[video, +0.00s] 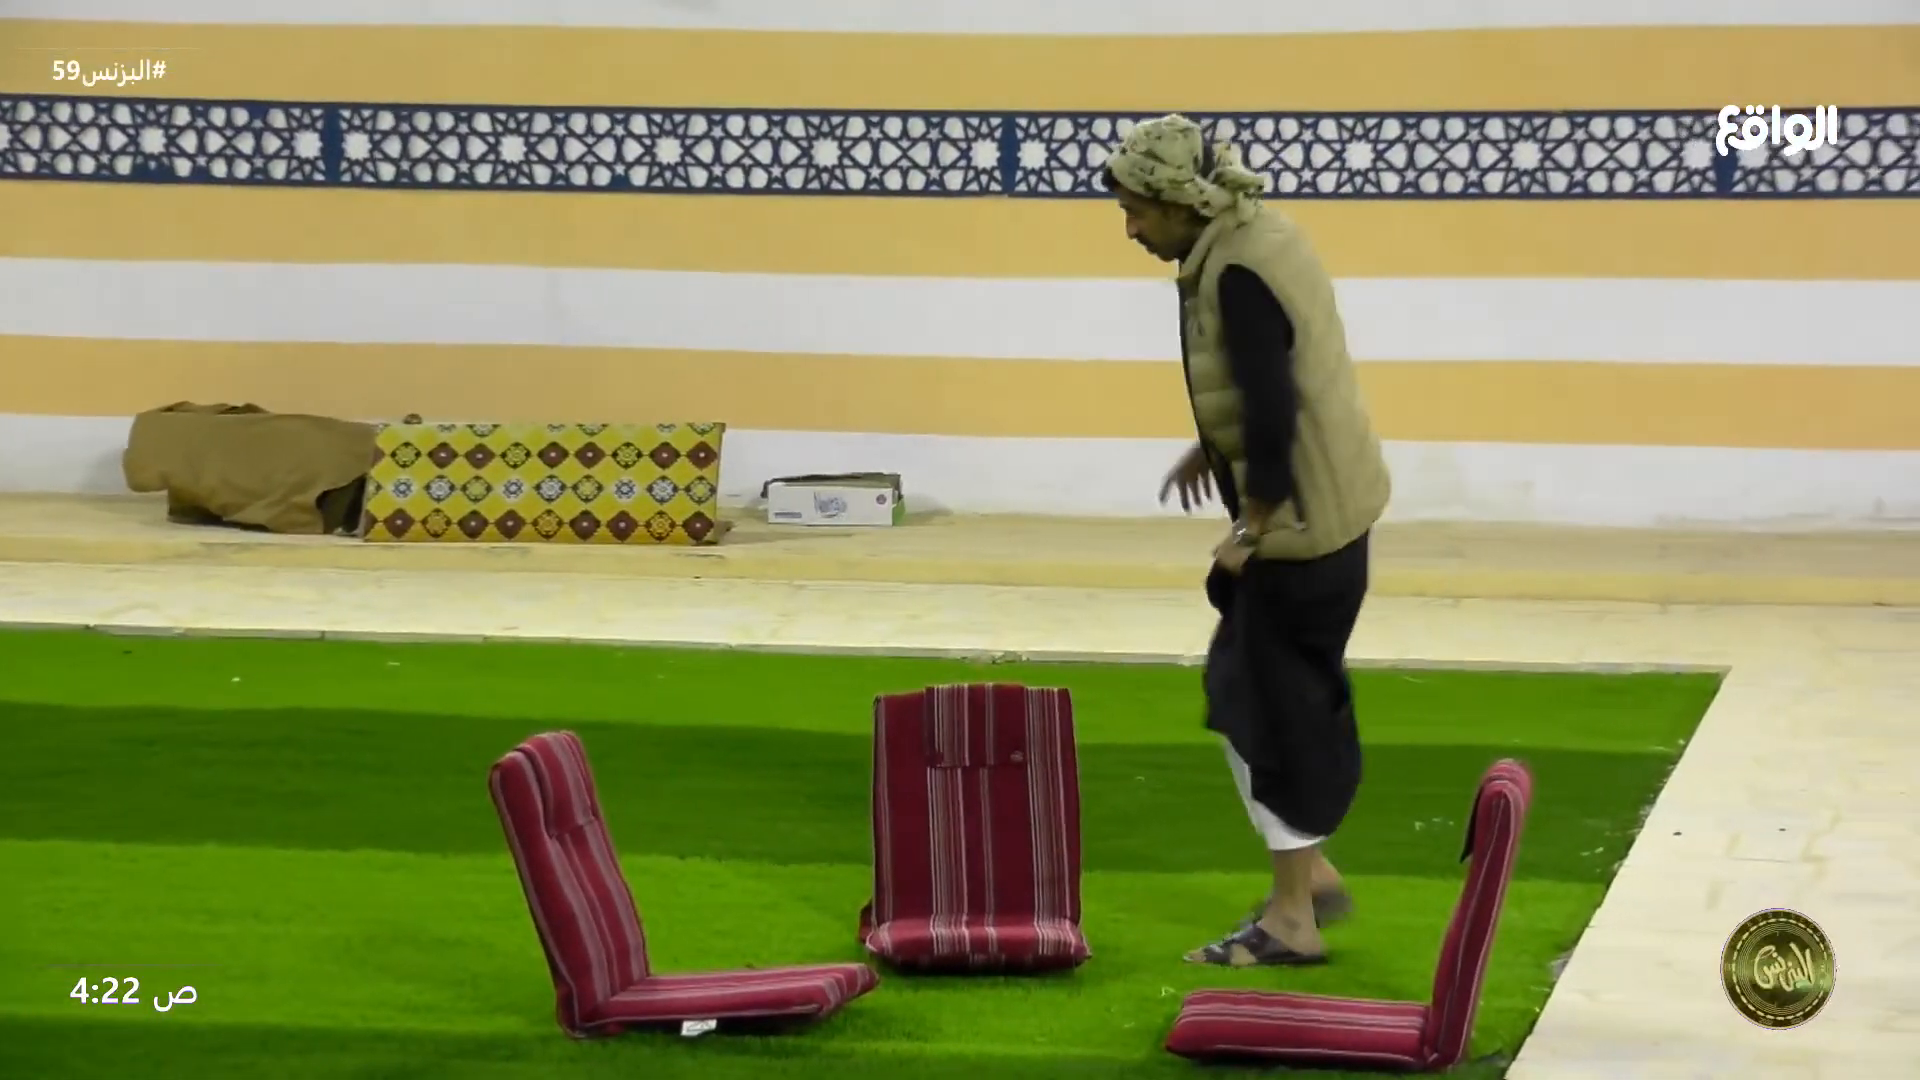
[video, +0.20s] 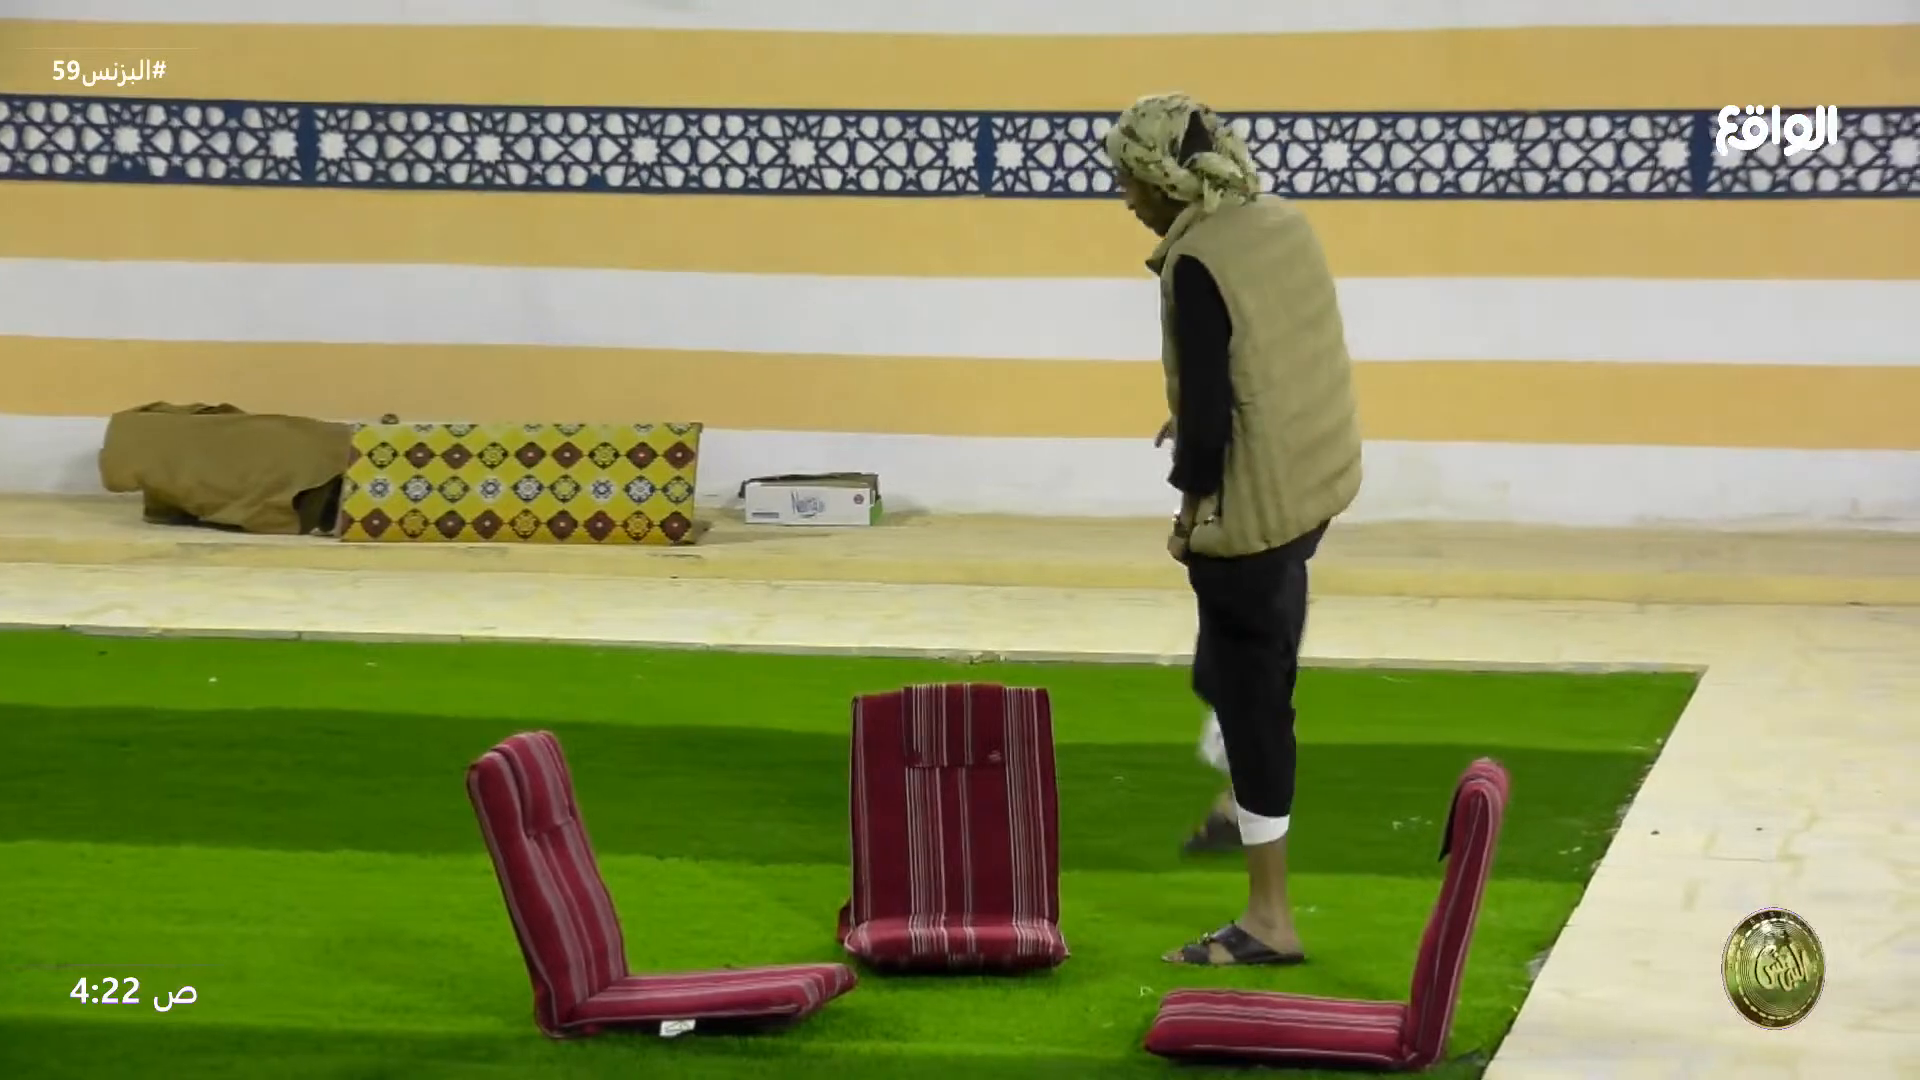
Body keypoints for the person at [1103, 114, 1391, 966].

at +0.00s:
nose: (1130, 230)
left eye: (1134, 213)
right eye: (1126, 215)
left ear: (1177, 198)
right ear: (1187, 196)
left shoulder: (1236, 271)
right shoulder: (1253, 239)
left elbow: (1272, 402)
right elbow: (1265, 374)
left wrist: (1252, 523)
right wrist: (1215, 443)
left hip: (1304, 534)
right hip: (1312, 515)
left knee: (1267, 706)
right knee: (1239, 686)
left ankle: (1292, 917)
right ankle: (1310, 873)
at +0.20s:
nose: (1128, 200)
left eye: (1128, 184)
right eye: (1123, 185)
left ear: (1160, 179)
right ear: (1210, 157)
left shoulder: (1196, 262)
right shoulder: (1284, 221)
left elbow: (1205, 409)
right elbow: (1290, 353)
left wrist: (1193, 504)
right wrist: (1199, 412)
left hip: (1252, 511)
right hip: (1322, 483)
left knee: (1253, 696)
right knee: (1241, 643)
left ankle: (1270, 920)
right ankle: (1246, 799)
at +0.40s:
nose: (1139, 183)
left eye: (1142, 166)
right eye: (1138, 166)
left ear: (1169, 165)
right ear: (1229, 150)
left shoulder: (1183, 258)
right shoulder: (1298, 231)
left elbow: (1180, 403)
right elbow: (1334, 367)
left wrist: (1160, 501)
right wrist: (1298, 456)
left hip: (1221, 520)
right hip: (1297, 501)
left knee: (1231, 704)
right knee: (1272, 640)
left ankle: (1255, 919)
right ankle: (1271, 793)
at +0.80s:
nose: (1183, 180)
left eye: (1188, 165)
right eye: (1184, 164)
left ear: (1208, 169)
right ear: (1280, 154)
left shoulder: (1205, 260)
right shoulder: (1337, 249)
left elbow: (1187, 401)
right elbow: (1371, 387)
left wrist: (1154, 499)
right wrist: (1390, 500)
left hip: (1210, 537)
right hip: (1307, 535)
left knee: (1129, 670)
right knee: (1282, 704)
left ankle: (1188, 857)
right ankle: (1277, 917)